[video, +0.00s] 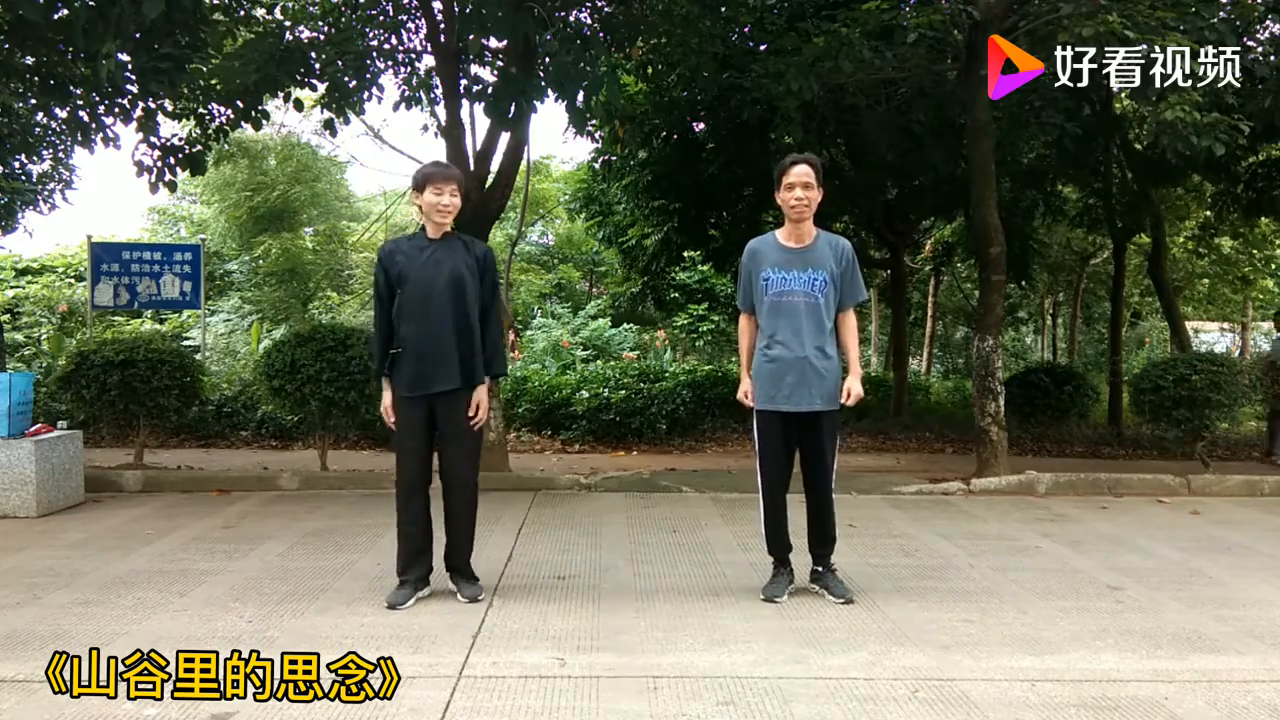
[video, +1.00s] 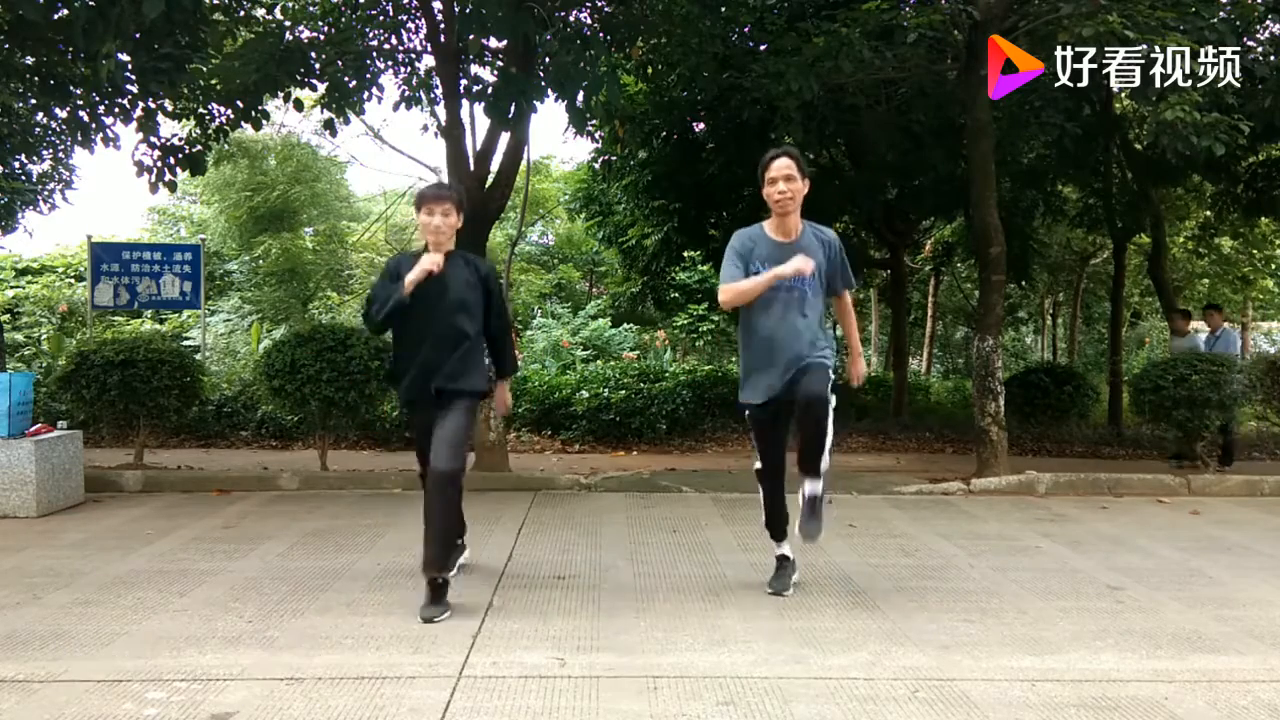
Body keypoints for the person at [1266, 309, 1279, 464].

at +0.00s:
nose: (1275, 326)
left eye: (1276, 322)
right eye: (1274, 322)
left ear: (1278, 324)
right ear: (1274, 324)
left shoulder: (1275, 345)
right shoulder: (1275, 344)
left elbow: (1272, 364)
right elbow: (1271, 364)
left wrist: (1268, 386)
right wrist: (1267, 386)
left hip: (1275, 391)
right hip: (1273, 391)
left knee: (1274, 419)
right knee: (1273, 419)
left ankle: (1274, 451)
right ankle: (1271, 450)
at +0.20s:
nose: (1257, 326)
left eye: (1261, 323)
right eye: (1257, 323)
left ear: (1270, 324)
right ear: (1259, 325)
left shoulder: (1277, 344)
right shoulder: (1257, 344)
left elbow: (1276, 365)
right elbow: (1251, 365)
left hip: (1273, 389)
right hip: (1259, 388)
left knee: (1258, 421)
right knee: (1268, 421)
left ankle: (1248, 452)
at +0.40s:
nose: (1240, 325)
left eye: (1243, 321)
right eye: (1239, 321)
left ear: (1252, 322)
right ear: (1241, 322)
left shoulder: (1260, 341)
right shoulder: (1239, 340)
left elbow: (1263, 364)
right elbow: (1238, 360)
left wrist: (1261, 382)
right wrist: (1237, 377)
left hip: (1255, 382)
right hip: (1241, 381)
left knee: (1250, 416)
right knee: (1240, 415)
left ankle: (1247, 450)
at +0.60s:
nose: (1250, 321)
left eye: (1253, 317)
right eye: (1248, 318)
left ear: (1262, 318)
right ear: (1247, 321)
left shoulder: (1273, 340)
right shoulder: (1245, 342)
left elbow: (1275, 365)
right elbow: (1235, 360)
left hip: (1266, 391)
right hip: (1247, 390)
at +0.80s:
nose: (1229, 321)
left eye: (1232, 317)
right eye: (1227, 317)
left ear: (1242, 317)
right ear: (1228, 319)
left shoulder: (1250, 338)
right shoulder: (1227, 338)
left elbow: (1259, 364)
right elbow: (1220, 359)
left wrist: (1254, 385)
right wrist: (1218, 380)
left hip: (1244, 386)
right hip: (1226, 385)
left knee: (1234, 426)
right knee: (1225, 425)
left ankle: (1230, 460)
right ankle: (1252, 443)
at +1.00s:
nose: (1208, 321)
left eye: (1211, 316)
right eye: (1206, 317)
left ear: (1220, 316)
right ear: (1205, 319)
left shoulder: (1231, 336)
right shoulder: (1208, 339)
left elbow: (1232, 361)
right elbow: (1205, 360)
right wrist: (1204, 380)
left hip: (1228, 384)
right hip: (1211, 384)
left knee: (1227, 422)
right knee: (1218, 422)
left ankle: (1227, 459)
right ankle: (1222, 458)